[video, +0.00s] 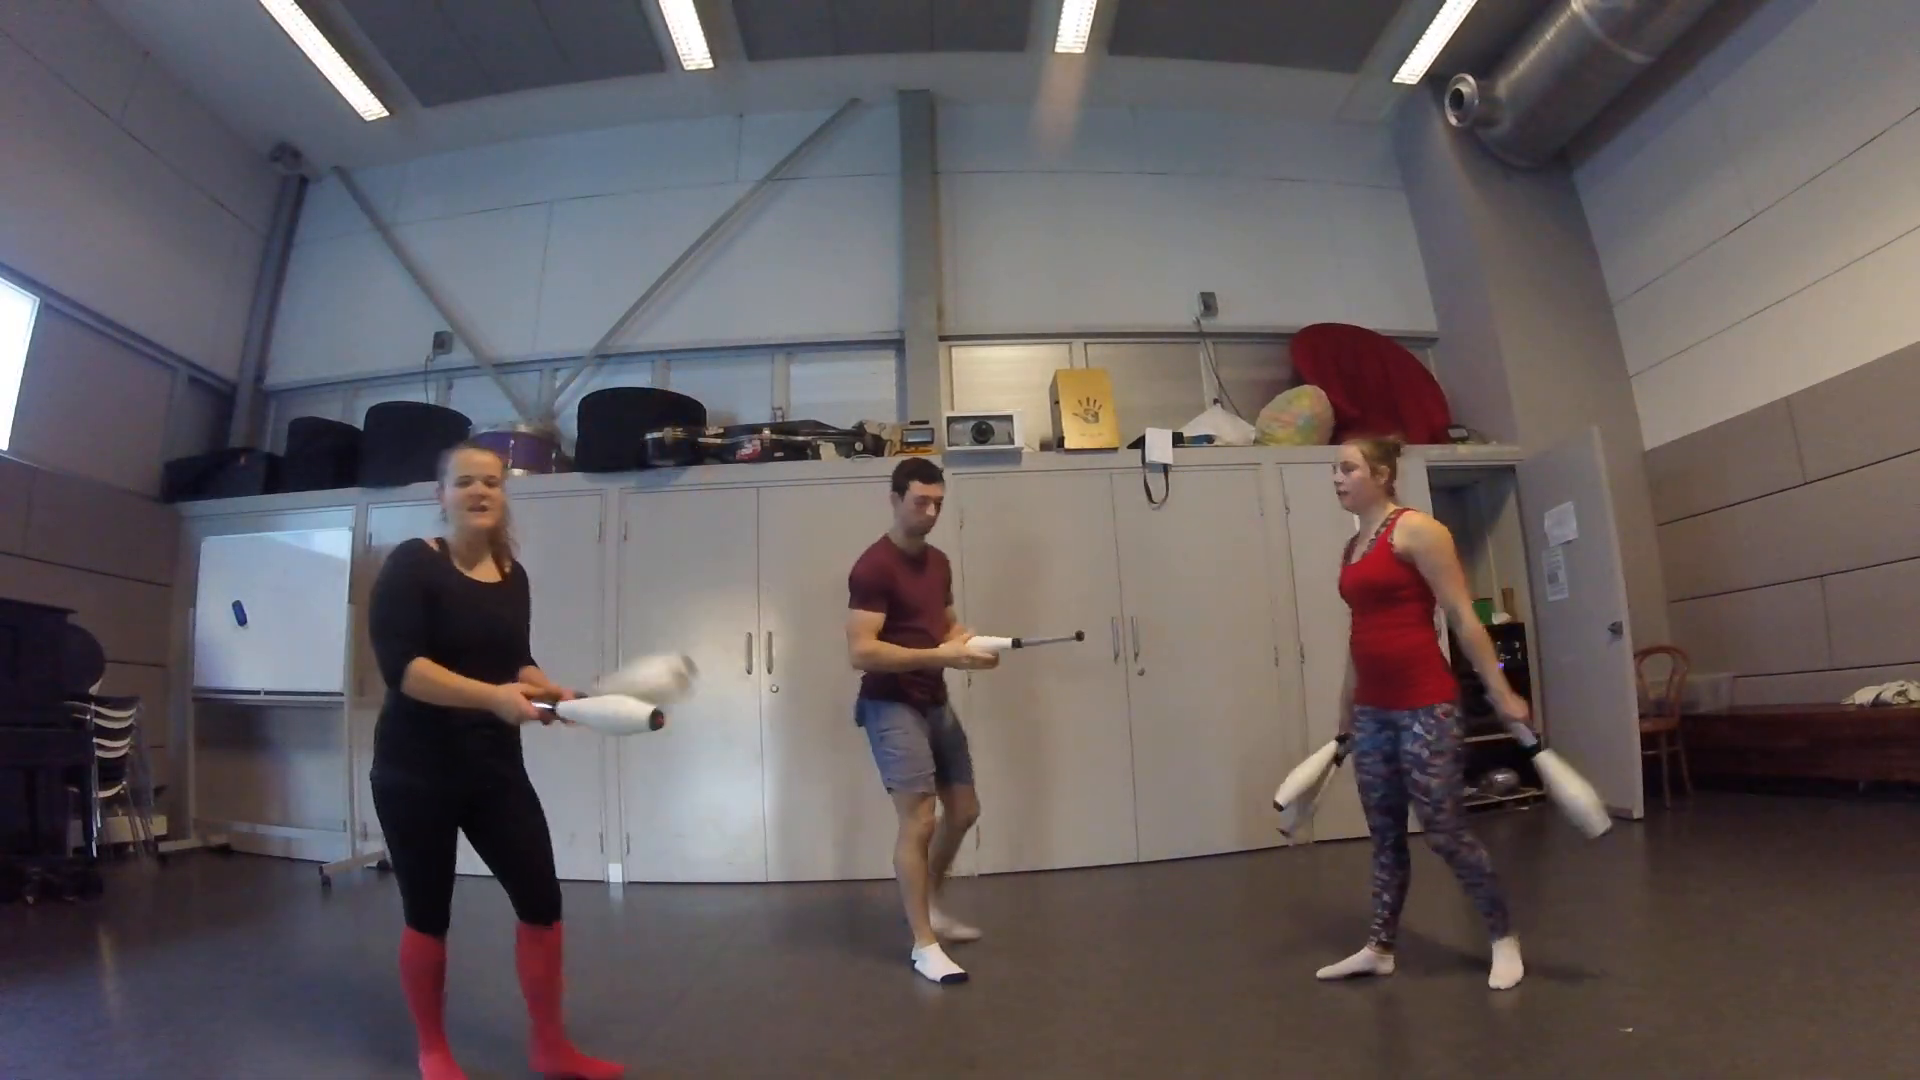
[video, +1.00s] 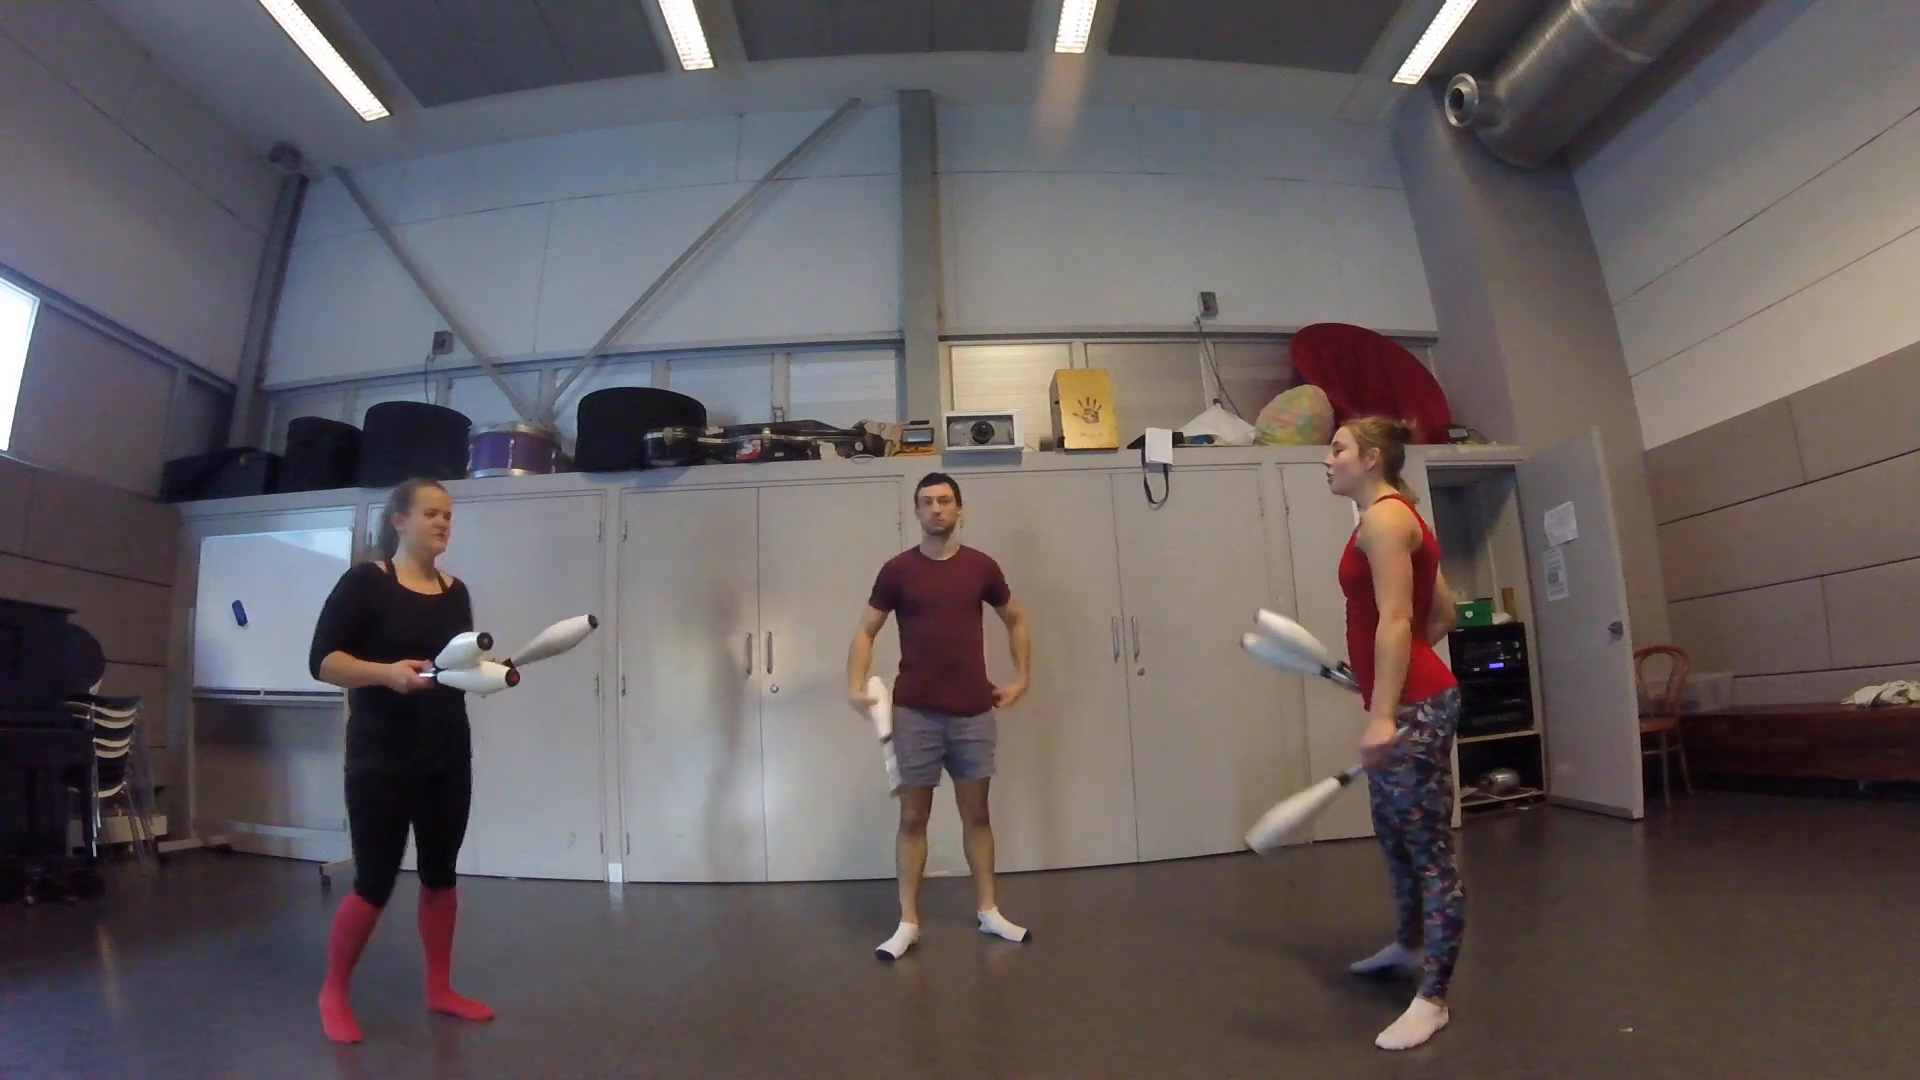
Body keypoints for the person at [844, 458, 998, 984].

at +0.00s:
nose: (930, 511)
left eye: (937, 503)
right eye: (921, 502)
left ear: (941, 505)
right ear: (896, 500)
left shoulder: (937, 562)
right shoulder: (873, 567)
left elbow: (945, 625)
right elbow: (861, 651)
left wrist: (971, 645)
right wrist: (942, 656)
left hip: (932, 700)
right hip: (889, 705)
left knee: (963, 811)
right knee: (918, 820)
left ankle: (927, 902)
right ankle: (923, 944)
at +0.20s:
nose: (943, 510)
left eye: (951, 502)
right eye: (934, 502)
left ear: (958, 505)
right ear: (914, 502)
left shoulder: (967, 563)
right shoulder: (890, 565)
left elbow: (987, 626)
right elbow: (861, 639)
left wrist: (991, 678)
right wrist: (927, 665)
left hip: (965, 705)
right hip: (912, 708)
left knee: (982, 813)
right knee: (923, 822)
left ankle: (990, 907)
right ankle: (924, 942)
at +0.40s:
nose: (958, 511)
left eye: (966, 503)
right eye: (948, 504)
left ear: (978, 509)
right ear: (934, 510)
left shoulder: (993, 568)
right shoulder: (911, 569)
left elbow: (1019, 631)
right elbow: (869, 633)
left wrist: (1006, 676)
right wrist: (910, 673)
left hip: (982, 708)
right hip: (928, 709)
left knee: (979, 814)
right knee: (930, 821)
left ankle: (988, 911)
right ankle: (924, 938)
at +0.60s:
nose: (964, 512)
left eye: (973, 504)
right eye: (956, 504)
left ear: (986, 511)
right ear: (943, 510)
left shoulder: (1000, 570)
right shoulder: (919, 569)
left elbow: (1026, 640)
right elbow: (890, 636)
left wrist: (1007, 682)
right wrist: (917, 674)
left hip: (986, 707)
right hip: (932, 708)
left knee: (985, 813)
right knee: (923, 817)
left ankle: (989, 911)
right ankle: (914, 929)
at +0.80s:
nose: (953, 509)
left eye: (961, 501)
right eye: (945, 502)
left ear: (976, 510)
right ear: (934, 510)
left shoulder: (995, 567)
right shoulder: (915, 568)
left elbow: (1024, 636)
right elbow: (883, 630)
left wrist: (1017, 698)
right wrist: (892, 676)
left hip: (987, 709)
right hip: (932, 706)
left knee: (983, 813)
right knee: (920, 817)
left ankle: (990, 911)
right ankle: (910, 922)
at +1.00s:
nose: (936, 508)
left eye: (944, 501)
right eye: (927, 502)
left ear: (959, 510)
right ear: (916, 512)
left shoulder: (982, 567)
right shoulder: (897, 571)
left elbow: (1015, 620)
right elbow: (867, 632)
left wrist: (1022, 681)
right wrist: (856, 686)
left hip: (973, 710)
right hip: (915, 710)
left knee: (977, 815)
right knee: (912, 819)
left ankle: (988, 911)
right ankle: (908, 921)